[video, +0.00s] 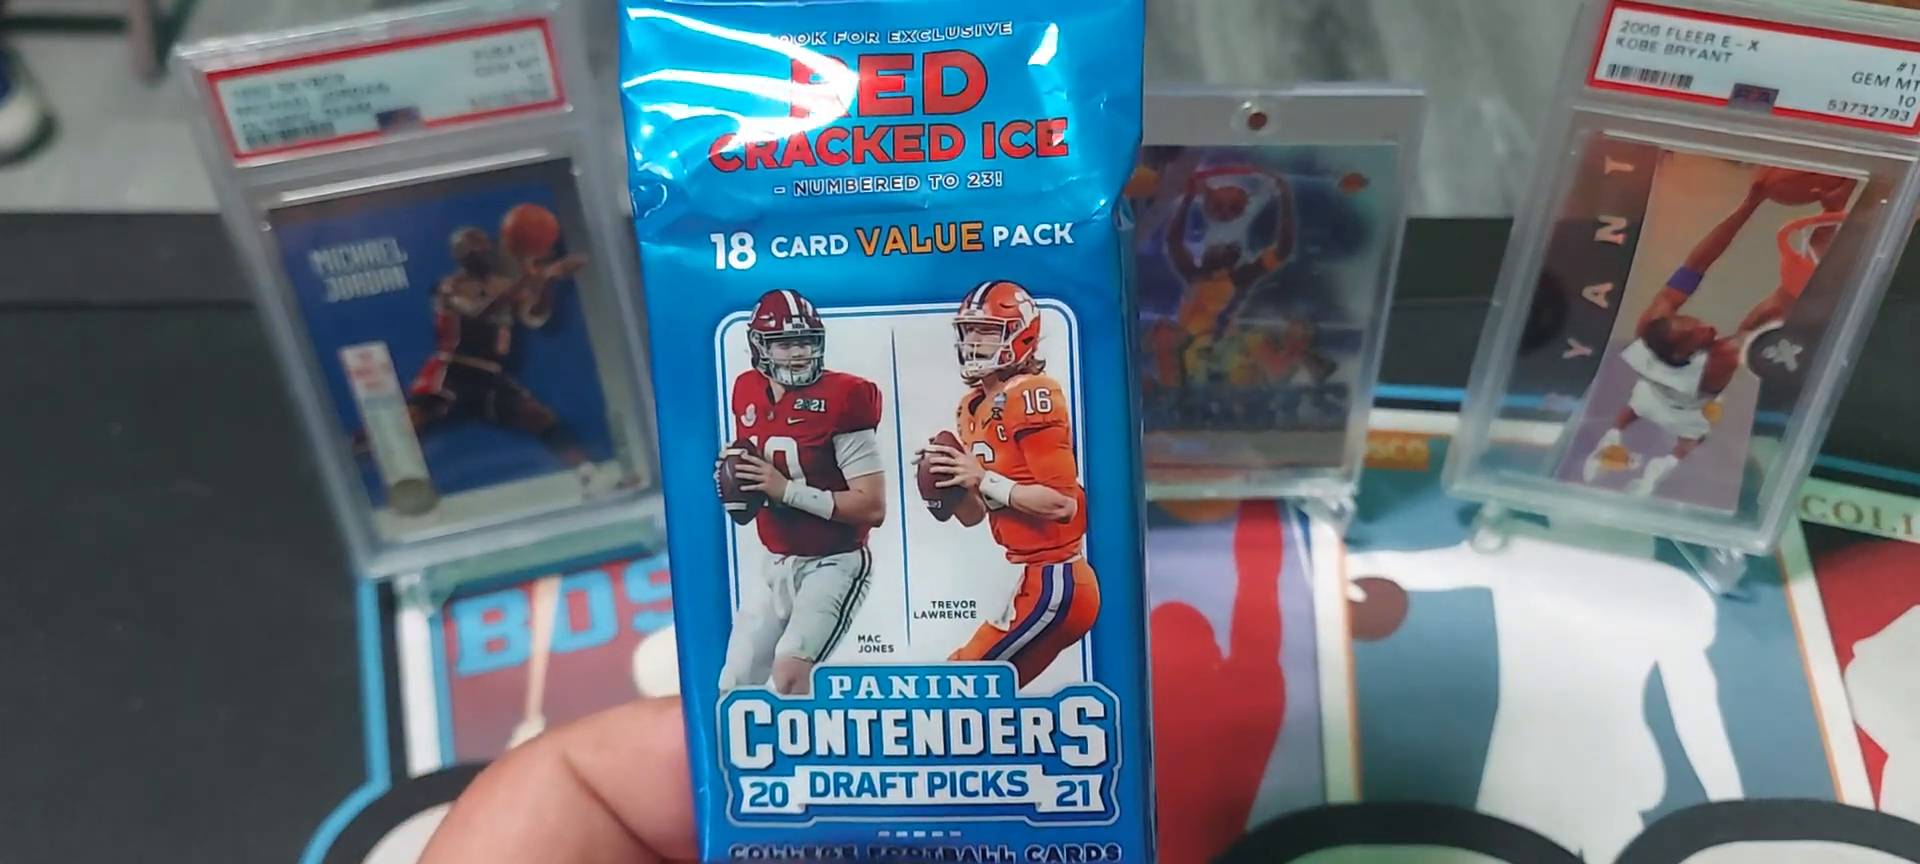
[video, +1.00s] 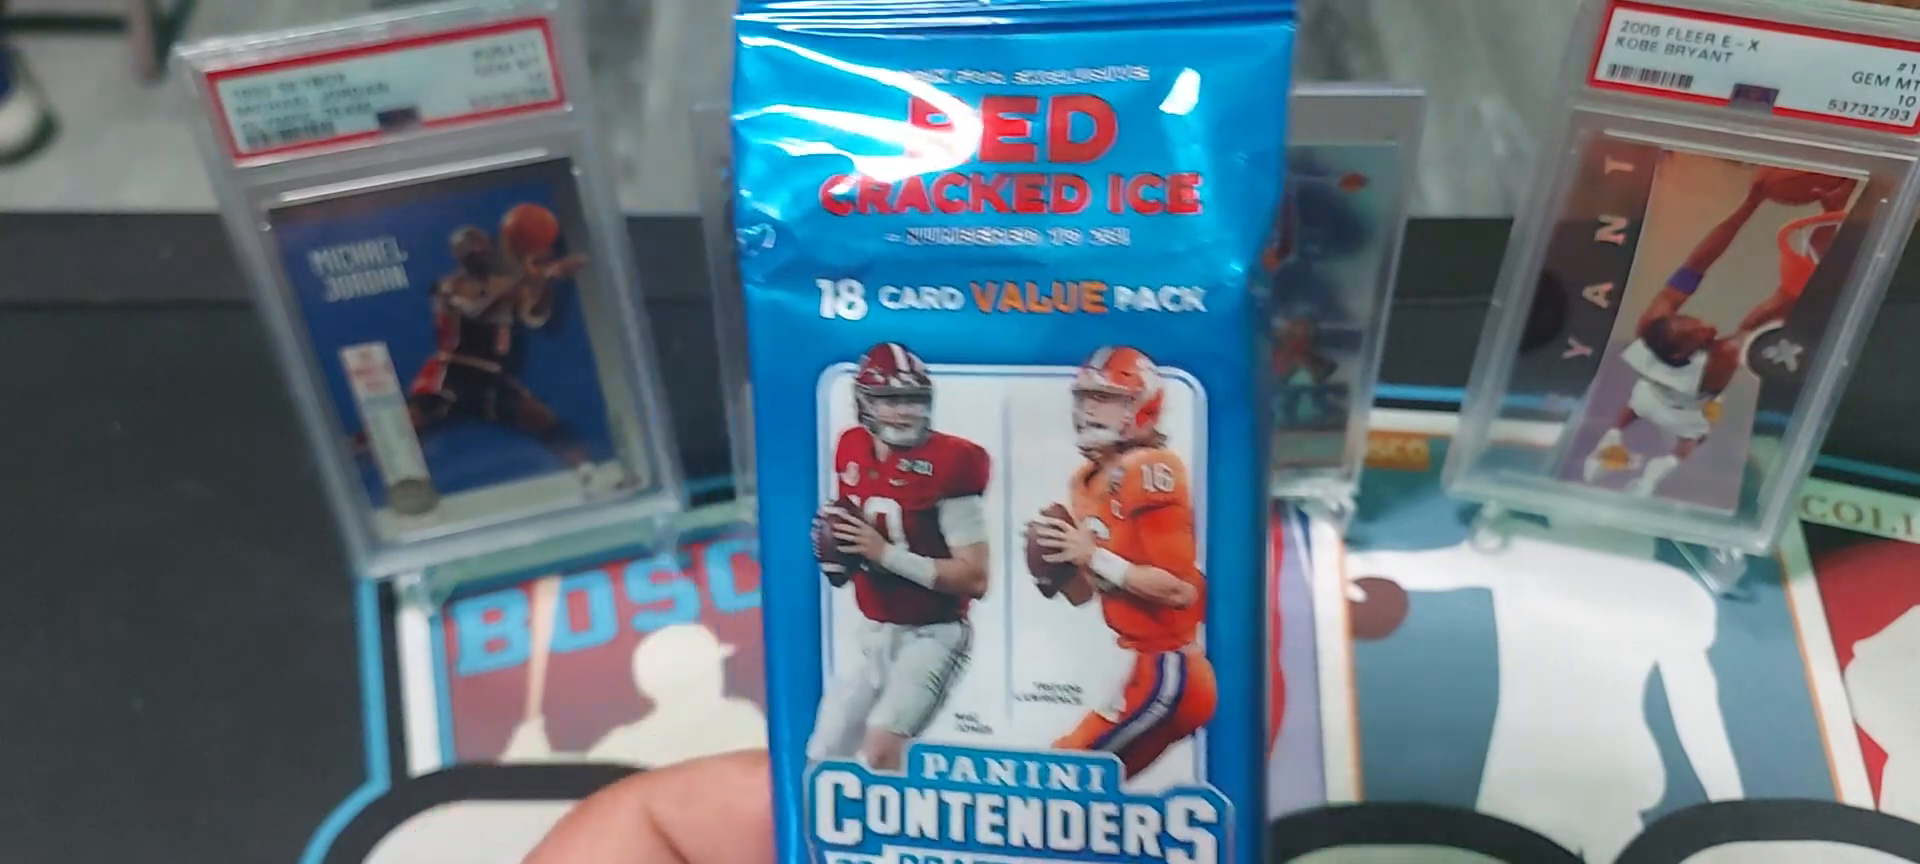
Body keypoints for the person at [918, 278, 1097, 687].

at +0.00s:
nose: (974, 344)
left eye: (987, 333)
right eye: (969, 332)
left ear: (1020, 337)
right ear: (959, 335)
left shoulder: (1032, 394)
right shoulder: (970, 407)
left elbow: (1061, 502)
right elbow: (971, 514)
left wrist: (982, 478)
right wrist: (943, 479)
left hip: (1055, 582)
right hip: (1036, 579)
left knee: (955, 688)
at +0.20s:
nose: (978, 360)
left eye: (992, 349)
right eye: (973, 348)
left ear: (1024, 354)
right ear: (963, 352)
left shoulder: (1035, 409)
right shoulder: (974, 422)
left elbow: (1064, 518)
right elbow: (975, 528)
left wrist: (986, 493)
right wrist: (948, 492)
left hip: (1058, 596)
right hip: (1043, 593)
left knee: (958, 702)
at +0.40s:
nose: (988, 372)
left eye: (1002, 361)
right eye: (983, 360)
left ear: (1035, 366)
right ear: (974, 364)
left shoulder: (1047, 423)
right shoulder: (985, 435)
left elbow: (1075, 531)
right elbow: (985, 541)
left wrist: (996, 505)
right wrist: (957, 506)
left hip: (1069, 611)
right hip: (1052, 608)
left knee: (965, 715)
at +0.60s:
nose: (966, 343)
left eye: (980, 332)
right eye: (960, 331)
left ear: (1013, 337)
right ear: (951, 335)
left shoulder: (1024, 393)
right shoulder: (962, 407)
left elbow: (1053, 504)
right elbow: (963, 514)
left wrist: (974, 478)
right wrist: (934, 480)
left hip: (1047, 581)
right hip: (1030, 579)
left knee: (945, 689)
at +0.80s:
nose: (962, 358)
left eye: (978, 347)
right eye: (957, 345)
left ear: (1012, 355)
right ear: (947, 350)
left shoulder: (1025, 410)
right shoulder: (961, 424)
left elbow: (1058, 524)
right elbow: (964, 534)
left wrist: (975, 498)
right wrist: (935, 505)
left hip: (1052, 605)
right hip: (1029, 602)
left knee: (951, 712)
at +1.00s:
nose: (1087, 412)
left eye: (1103, 399)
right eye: (1082, 398)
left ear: (1139, 409)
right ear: (1074, 401)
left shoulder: (1151, 468)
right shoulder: (1086, 479)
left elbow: (1180, 587)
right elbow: (1081, 592)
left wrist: (1093, 556)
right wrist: (1050, 563)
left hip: (1169, 672)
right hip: (1145, 668)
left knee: (1057, 778)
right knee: (1073, 788)